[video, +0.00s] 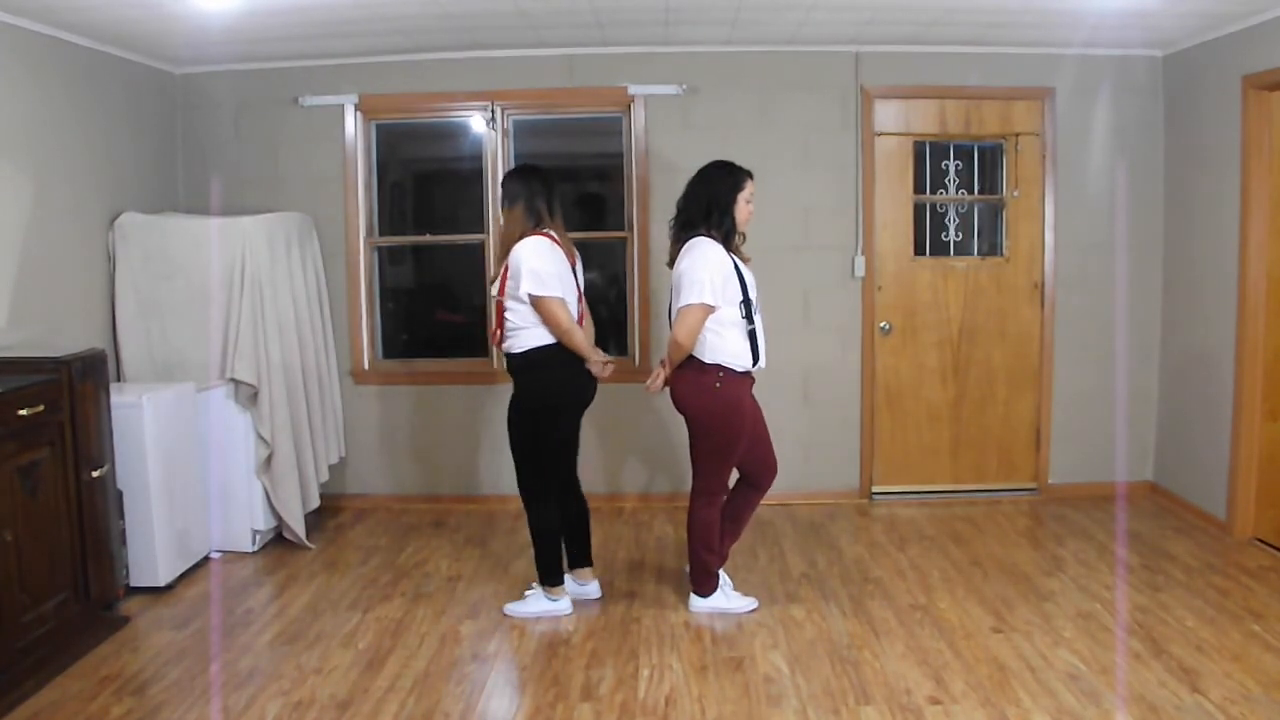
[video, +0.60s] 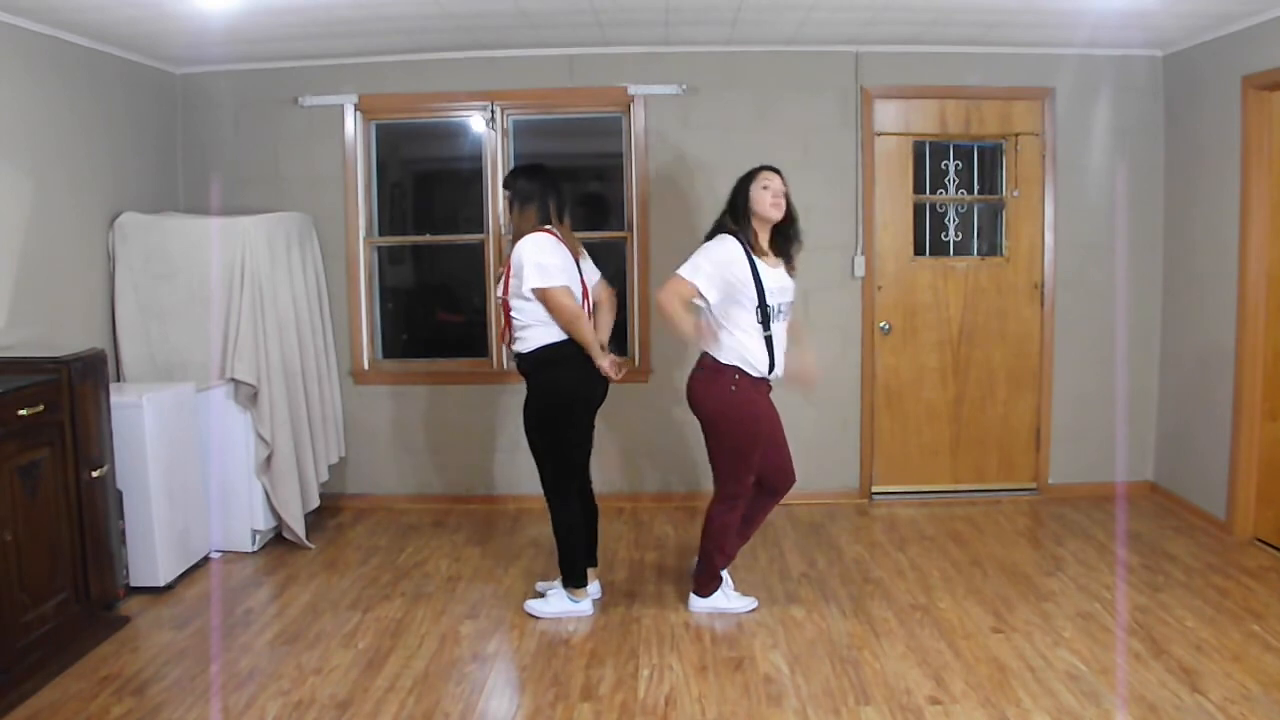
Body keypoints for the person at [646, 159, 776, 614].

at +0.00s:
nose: (752, 210)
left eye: (751, 200)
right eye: (747, 200)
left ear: (721, 201)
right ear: (725, 201)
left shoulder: (721, 251)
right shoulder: (704, 252)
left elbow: (691, 325)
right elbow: (684, 336)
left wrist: (667, 364)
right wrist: (666, 367)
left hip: (731, 382)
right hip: (711, 383)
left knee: (760, 472)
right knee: (710, 488)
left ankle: (710, 564)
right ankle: (705, 590)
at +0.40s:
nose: (769, 203)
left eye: (768, 195)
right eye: (763, 195)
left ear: (744, 201)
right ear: (738, 200)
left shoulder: (745, 252)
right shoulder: (716, 249)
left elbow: (721, 317)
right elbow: (669, 316)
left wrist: (688, 359)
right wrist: (679, 361)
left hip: (742, 383)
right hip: (719, 383)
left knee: (772, 473)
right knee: (716, 490)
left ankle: (715, 562)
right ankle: (705, 589)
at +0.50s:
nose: (773, 197)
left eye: (774, 191)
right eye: (763, 190)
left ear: (773, 202)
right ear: (738, 198)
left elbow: (746, 318)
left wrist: (755, 373)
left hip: (747, 384)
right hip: (722, 383)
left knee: (774, 475)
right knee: (721, 489)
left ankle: (715, 563)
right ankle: (705, 589)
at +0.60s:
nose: (776, 197)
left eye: (781, 192)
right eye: (765, 189)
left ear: (786, 206)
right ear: (743, 198)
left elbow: (777, 322)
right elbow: (669, 296)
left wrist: (794, 361)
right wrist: (694, 332)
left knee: (778, 477)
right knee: (734, 487)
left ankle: (716, 561)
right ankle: (706, 588)